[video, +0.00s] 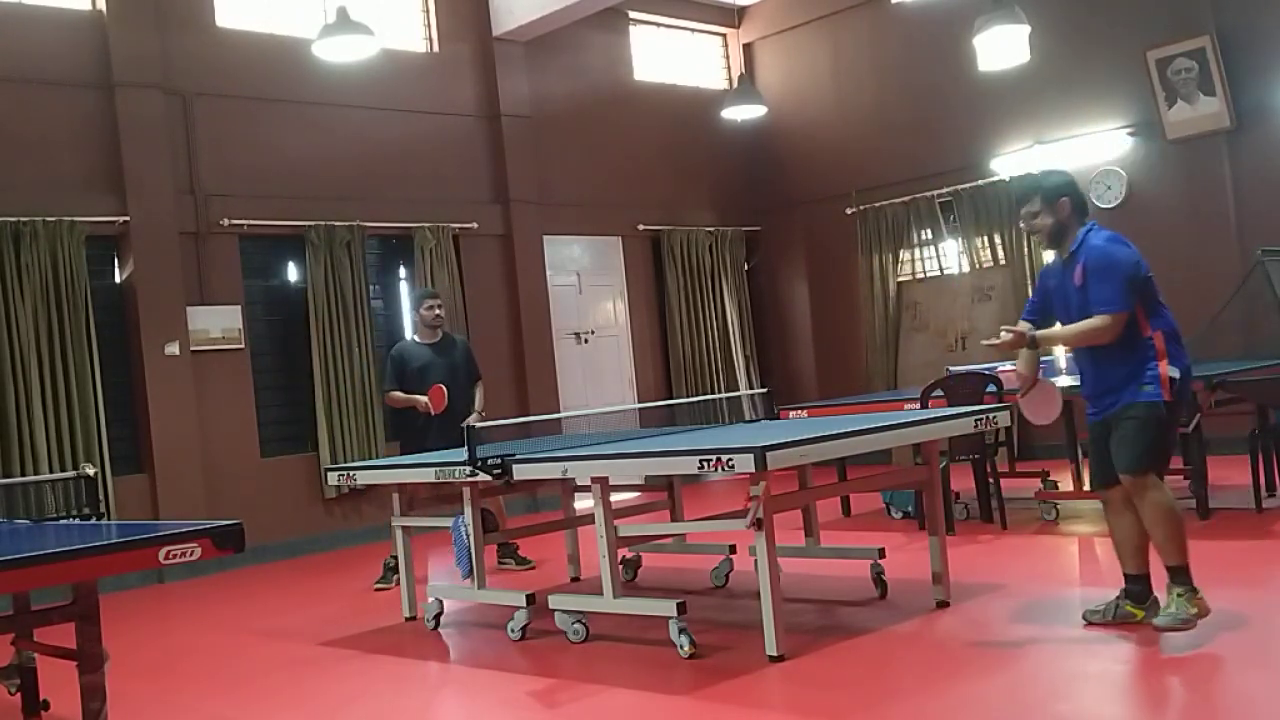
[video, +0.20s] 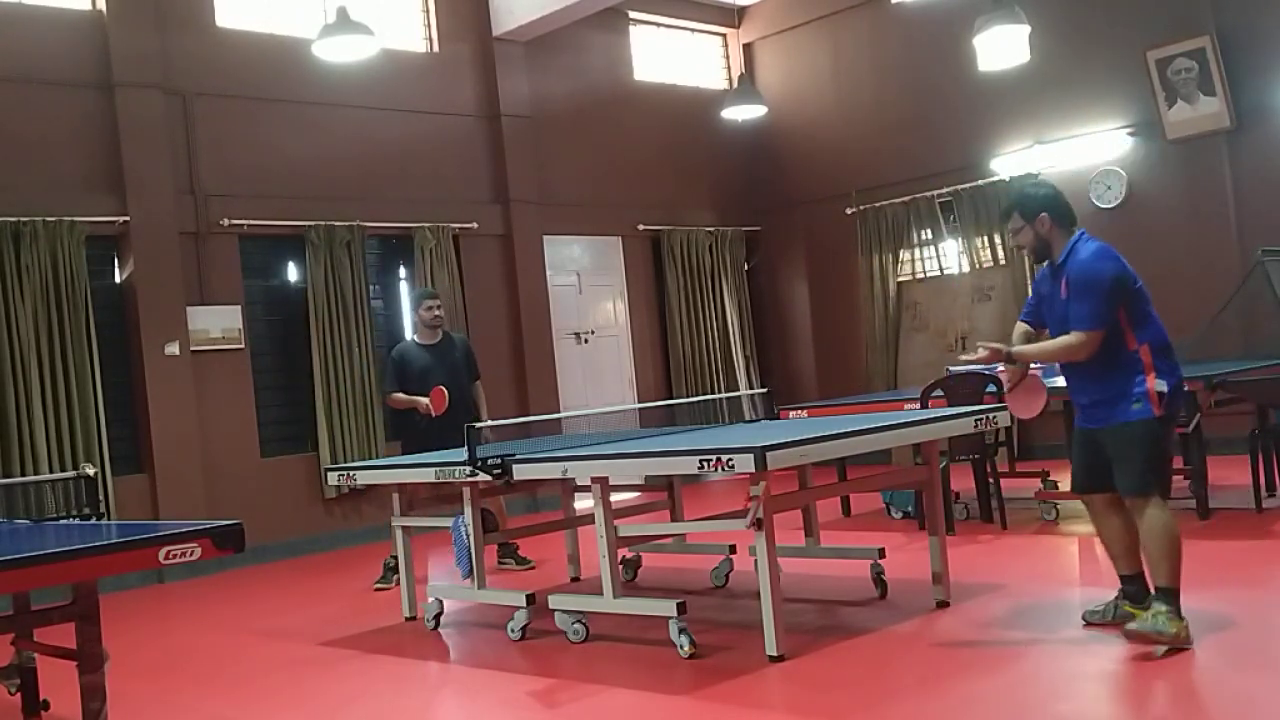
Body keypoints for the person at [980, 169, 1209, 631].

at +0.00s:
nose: (1029, 223)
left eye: (1036, 213)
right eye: (1025, 216)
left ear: (1065, 207)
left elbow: (1107, 327)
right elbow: (1030, 326)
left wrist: (1035, 339)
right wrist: (1021, 354)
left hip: (1148, 377)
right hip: (1104, 392)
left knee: (1136, 474)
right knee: (1112, 488)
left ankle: (1185, 592)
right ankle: (1138, 596)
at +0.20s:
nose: (1014, 242)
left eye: (1017, 231)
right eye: (1011, 233)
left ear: (1044, 221)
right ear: (1041, 226)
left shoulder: (1092, 262)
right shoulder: (1047, 274)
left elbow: (1083, 344)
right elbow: (1028, 327)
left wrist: (1012, 352)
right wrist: (1017, 361)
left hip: (1139, 395)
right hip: (1095, 402)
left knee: (1141, 495)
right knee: (1096, 493)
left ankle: (1169, 613)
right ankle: (1135, 598)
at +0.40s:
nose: (1003, 262)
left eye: (1005, 251)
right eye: (1000, 253)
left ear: (1032, 242)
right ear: (1033, 245)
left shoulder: (1076, 282)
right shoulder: (1051, 284)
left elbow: (1054, 367)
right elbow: (1032, 335)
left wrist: (978, 377)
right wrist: (1015, 372)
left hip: (1143, 400)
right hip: (1100, 403)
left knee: (1130, 503)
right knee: (1061, 475)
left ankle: (1167, 622)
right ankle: (1108, 576)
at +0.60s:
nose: (982, 301)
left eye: (983, 291)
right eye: (979, 294)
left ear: (1008, 279)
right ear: (1009, 280)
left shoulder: (1051, 311)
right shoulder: (1034, 305)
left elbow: (1020, 394)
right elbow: (1012, 351)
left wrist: (950, 398)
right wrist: (1005, 385)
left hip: (1142, 402)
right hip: (1101, 410)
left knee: (1117, 500)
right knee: (1070, 495)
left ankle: (1167, 622)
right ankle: (1071, 597)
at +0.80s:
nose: (965, 337)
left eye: (965, 326)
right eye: (960, 329)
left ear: (989, 313)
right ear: (990, 313)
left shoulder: (1030, 341)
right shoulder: (1019, 331)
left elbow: (995, 418)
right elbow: (992, 380)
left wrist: (928, 415)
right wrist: (990, 412)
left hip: (1139, 410)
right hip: (1095, 420)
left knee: (1113, 502)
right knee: (1054, 493)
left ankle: (1166, 621)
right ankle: (1070, 600)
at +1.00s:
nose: (955, 344)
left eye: (957, 334)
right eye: (951, 337)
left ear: (980, 322)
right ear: (983, 321)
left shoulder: (1022, 346)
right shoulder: (1014, 335)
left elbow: (989, 422)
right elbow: (984, 388)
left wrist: (924, 417)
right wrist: (992, 415)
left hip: (1134, 411)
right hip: (1091, 422)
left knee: (1109, 502)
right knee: (1047, 493)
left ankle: (1165, 621)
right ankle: (1069, 599)